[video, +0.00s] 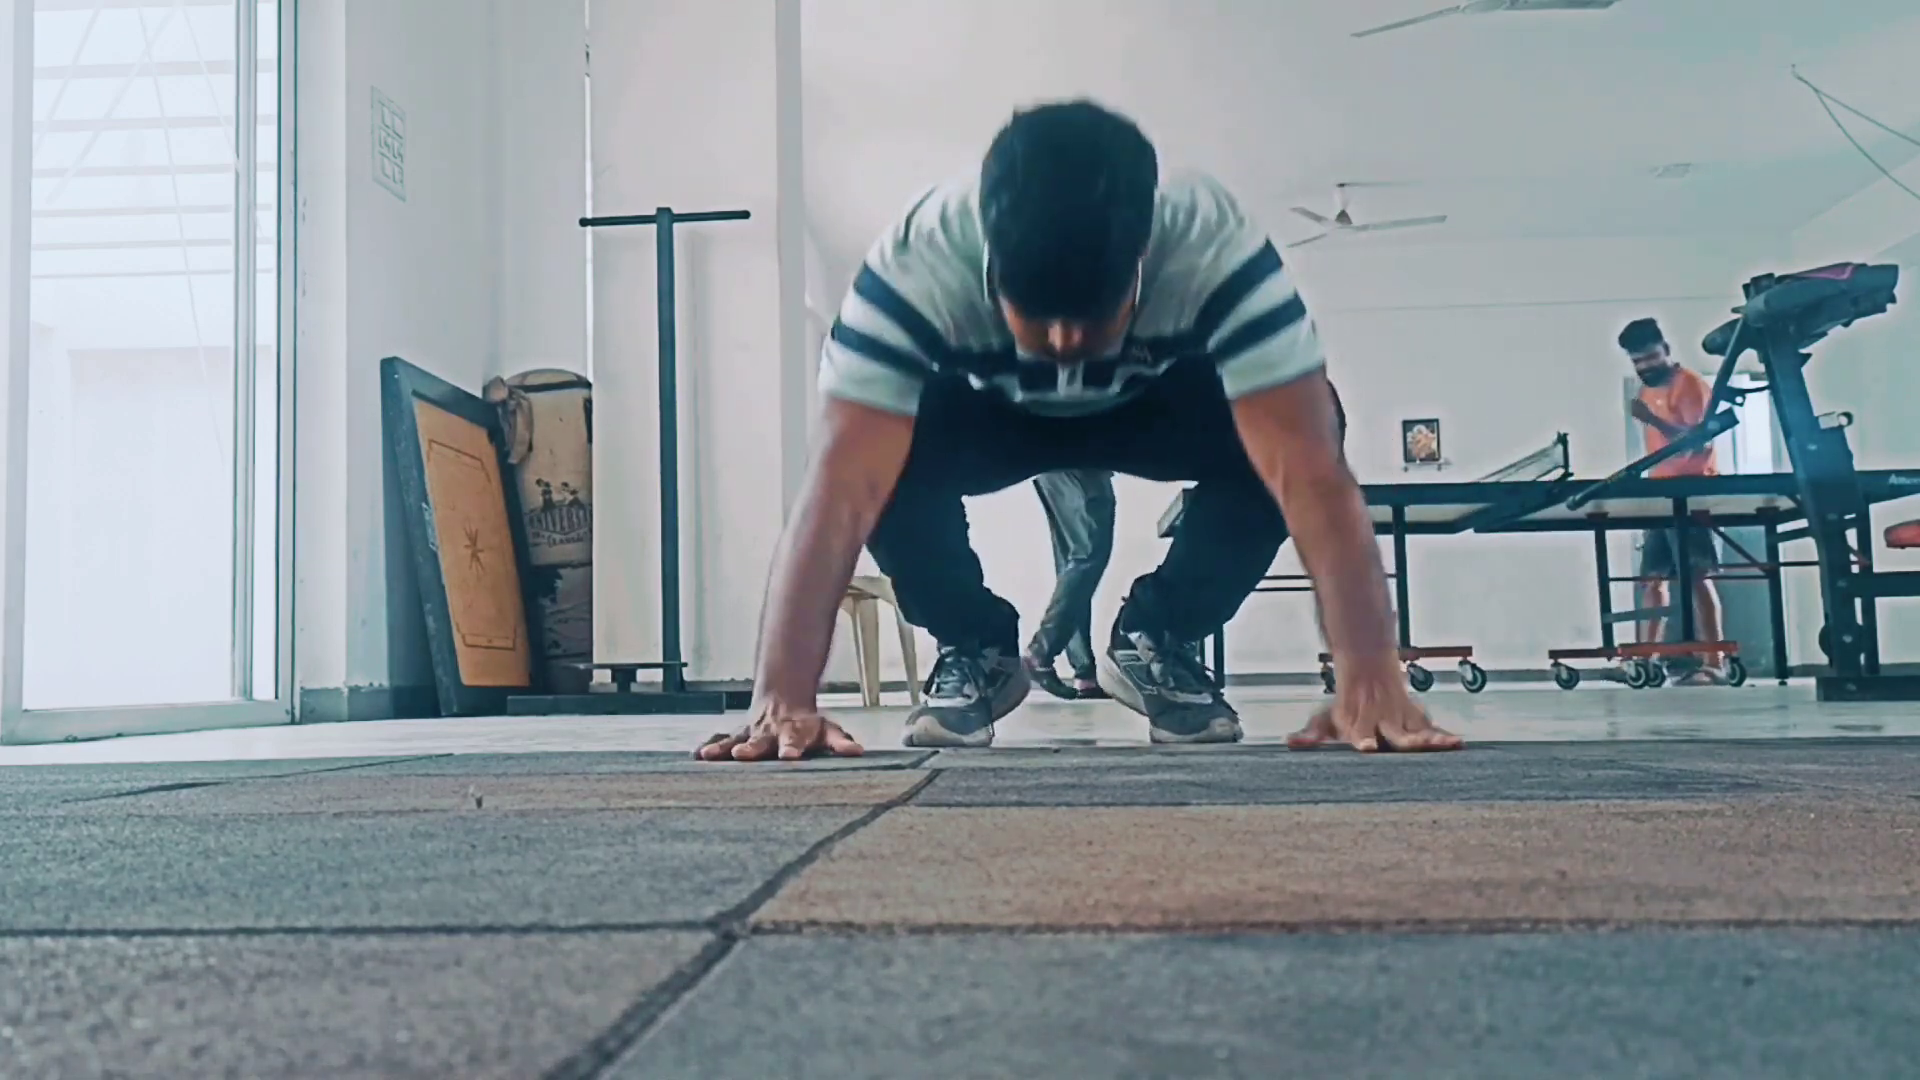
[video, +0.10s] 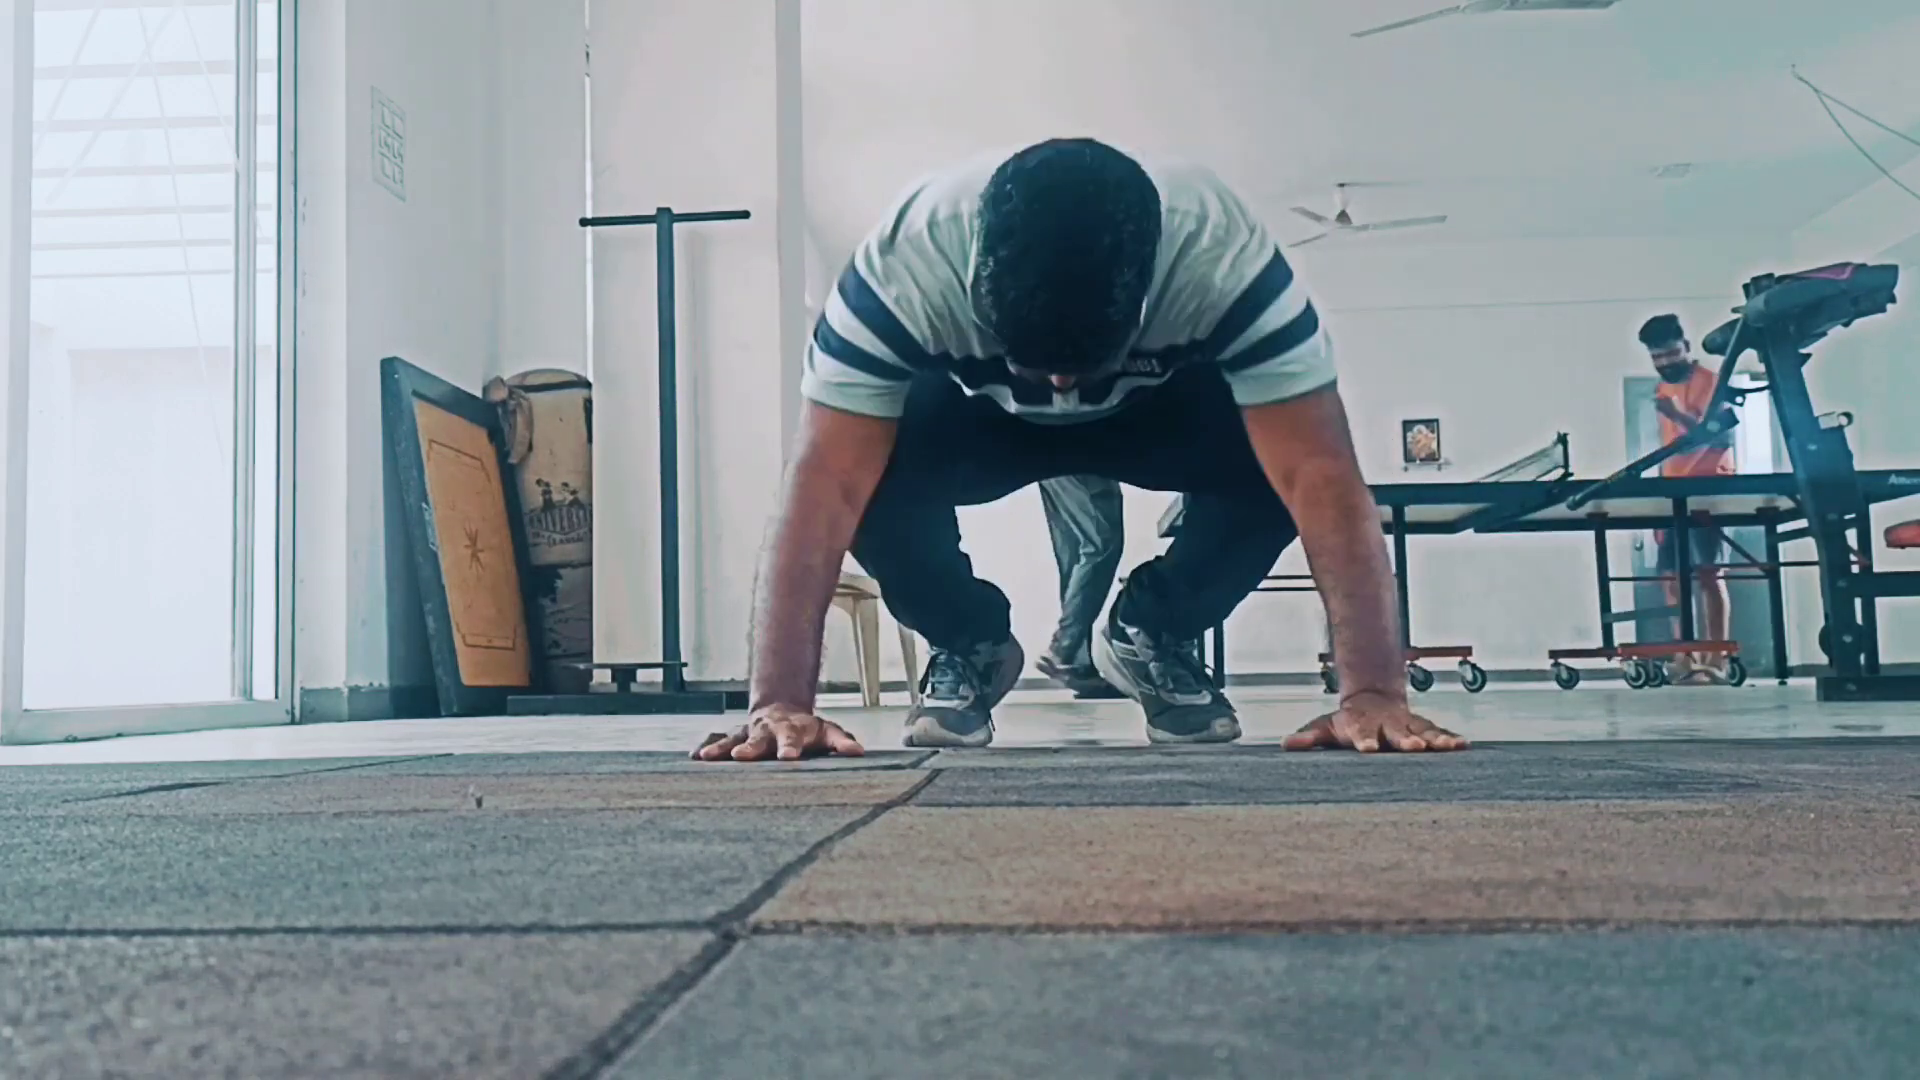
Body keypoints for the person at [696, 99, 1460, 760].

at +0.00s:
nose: (1063, 346)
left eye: (1095, 324)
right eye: (1037, 324)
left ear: (1144, 259)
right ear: (995, 258)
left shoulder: (1218, 247)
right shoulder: (919, 265)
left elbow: (1313, 473)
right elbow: (844, 488)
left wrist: (1370, 679)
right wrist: (784, 698)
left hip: (1151, 403)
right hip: (995, 412)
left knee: (1298, 435)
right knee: (882, 474)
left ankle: (1160, 638)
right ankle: (977, 644)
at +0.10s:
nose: (1065, 387)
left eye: (1094, 369)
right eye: (1036, 370)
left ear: (1148, 290)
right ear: (984, 283)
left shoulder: (1228, 257)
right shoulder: (906, 271)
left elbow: (1324, 478)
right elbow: (825, 479)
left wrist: (1374, 691)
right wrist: (783, 701)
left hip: (1152, 402)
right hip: (989, 410)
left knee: (1279, 468)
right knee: (864, 490)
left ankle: (1150, 629)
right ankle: (972, 639)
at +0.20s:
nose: (1059, 358)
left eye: (1088, 338)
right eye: (1030, 338)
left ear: (1143, 258)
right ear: (979, 254)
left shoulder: (1230, 230)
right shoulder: (897, 241)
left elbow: (1318, 463)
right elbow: (827, 470)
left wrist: (1374, 691)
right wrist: (781, 700)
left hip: (1152, 375)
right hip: (978, 382)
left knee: (1290, 468)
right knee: (863, 501)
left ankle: (1149, 619)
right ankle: (978, 634)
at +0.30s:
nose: (1051, 353)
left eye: (1078, 330)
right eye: (1020, 332)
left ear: (1136, 249)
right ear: (966, 247)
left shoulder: (1229, 220)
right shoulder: (890, 228)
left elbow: (1325, 467)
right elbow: (819, 463)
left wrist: (1374, 693)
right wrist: (780, 700)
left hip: (1155, 353)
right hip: (970, 358)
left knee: (1286, 465)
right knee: (859, 497)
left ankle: (1161, 620)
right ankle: (976, 627)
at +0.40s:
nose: (1048, 357)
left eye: (1076, 333)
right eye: (1013, 337)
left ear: (1129, 246)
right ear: (955, 243)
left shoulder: (1226, 211)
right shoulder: (881, 221)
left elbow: (1323, 460)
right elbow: (809, 465)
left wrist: (1375, 694)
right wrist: (780, 701)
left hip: (1155, 339)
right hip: (966, 347)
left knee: (1278, 481)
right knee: (860, 502)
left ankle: (1163, 621)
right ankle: (976, 626)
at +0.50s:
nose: (1043, 360)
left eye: (1072, 336)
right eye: (1008, 341)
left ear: (1124, 247)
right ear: (950, 246)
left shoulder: (1222, 209)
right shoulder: (874, 223)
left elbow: (1322, 460)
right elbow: (805, 465)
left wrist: (1374, 694)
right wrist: (779, 701)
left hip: (1151, 341)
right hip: (959, 351)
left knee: (1278, 486)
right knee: (859, 505)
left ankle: (1159, 619)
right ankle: (977, 625)